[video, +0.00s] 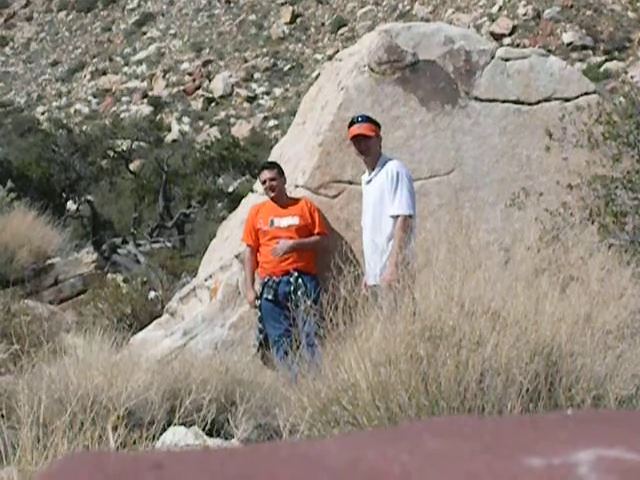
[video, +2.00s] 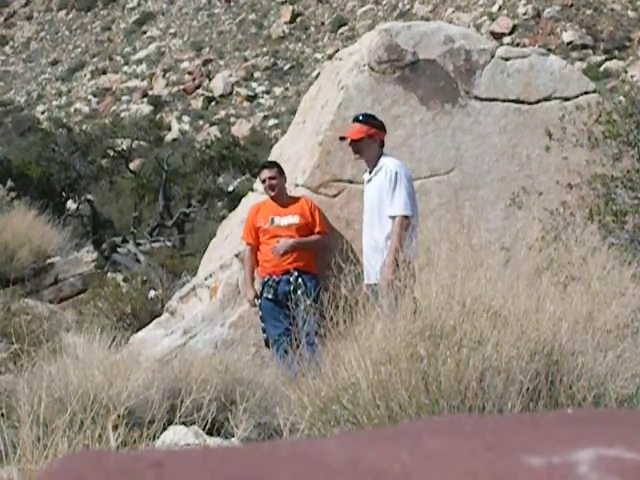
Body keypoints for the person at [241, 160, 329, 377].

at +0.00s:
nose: (269, 185)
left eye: (273, 179)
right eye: (264, 182)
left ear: (283, 179)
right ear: (261, 186)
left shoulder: (305, 206)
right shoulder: (257, 212)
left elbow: (323, 238)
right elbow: (250, 250)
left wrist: (293, 244)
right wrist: (249, 286)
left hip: (303, 279)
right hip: (271, 282)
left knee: (311, 334)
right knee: (279, 341)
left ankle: (316, 381)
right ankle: (292, 386)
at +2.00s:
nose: (269, 183)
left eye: (273, 178)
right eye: (264, 181)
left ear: (283, 178)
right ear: (261, 185)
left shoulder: (305, 205)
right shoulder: (257, 212)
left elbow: (325, 236)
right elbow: (250, 249)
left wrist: (294, 244)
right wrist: (248, 285)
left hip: (303, 277)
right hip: (271, 280)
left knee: (310, 335)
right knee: (279, 339)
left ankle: (316, 382)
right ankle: (291, 386)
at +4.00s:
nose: (270, 185)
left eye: (274, 180)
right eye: (265, 182)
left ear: (284, 180)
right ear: (261, 186)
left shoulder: (304, 205)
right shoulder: (256, 211)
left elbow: (323, 237)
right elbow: (239, 244)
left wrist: (293, 243)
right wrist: (223, 273)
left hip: (303, 277)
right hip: (271, 280)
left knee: (310, 332)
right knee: (279, 338)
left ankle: (315, 379)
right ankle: (290, 382)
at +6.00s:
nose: (272, 181)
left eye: (277, 176)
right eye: (267, 178)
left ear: (286, 179)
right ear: (263, 183)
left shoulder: (306, 205)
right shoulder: (258, 209)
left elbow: (325, 237)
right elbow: (247, 247)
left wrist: (293, 244)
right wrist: (244, 235)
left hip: (304, 276)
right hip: (272, 278)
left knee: (310, 332)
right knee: (276, 335)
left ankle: (317, 378)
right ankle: (288, 380)